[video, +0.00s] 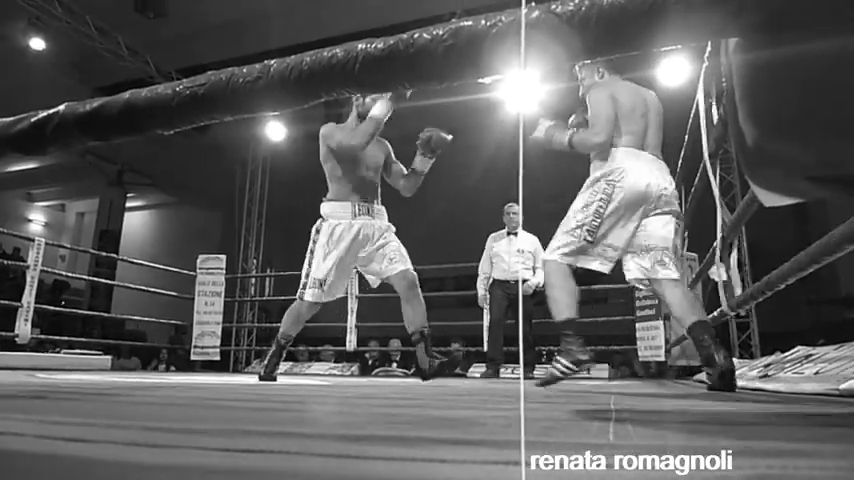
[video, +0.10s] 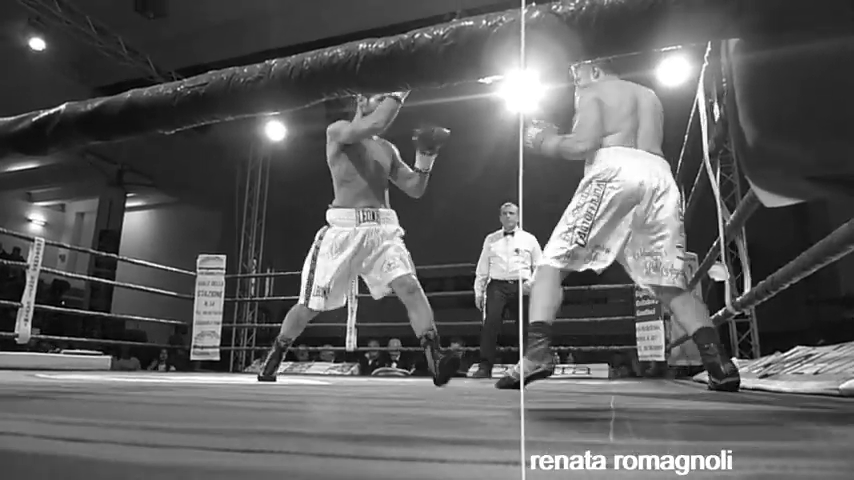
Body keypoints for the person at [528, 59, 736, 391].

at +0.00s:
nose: (579, 81)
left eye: (581, 72)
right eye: (577, 74)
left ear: (598, 67)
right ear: (615, 67)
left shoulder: (600, 90)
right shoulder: (651, 97)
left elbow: (598, 137)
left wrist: (556, 135)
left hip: (620, 176)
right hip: (661, 180)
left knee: (556, 259)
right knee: (665, 275)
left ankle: (571, 349)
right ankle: (715, 358)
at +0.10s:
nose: (575, 80)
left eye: (577, 72)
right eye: (573, 73)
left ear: (595, 69)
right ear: (612, 69)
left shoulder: (594, 92)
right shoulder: (651, 97)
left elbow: (583, 143)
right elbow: (648, 145)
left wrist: (547, 142)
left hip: (614, 172)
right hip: (661, 177)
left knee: (552, 263)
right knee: (668, 280)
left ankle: (536, 353)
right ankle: (719, 364)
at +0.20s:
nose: (557, 70)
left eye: (559, 65)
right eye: (556, 65)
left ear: (570, 60)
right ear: (596, 54)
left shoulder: (574, 76)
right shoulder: (634, 82)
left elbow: (528, 129)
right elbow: (586, 144)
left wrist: (523, 90)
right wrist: (555, 116)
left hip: (610, 156)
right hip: (656, 159)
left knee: (555, 262)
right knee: (666, 270)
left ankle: (533, 365)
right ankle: (717, 363)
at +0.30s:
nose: (564, 58)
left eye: (568, 54)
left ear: (584, 48)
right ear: (618, 50)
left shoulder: (579, 69)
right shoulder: (638, 83)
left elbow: (539, 117)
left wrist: (535, 89)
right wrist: (547, 90)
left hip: (614, 162)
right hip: (658, 168)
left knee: (553, 260)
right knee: (666, 281)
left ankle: (535, 366)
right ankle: (735, 332)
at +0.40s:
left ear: (604, 46)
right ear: (642, 52)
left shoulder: (615, 59)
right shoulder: (651, 83)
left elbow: (545, 85)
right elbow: (583, 91)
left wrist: (545, 71)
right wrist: (543, 84)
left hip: (617, 163)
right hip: (659, 175)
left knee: (543, 261)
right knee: (664, 287)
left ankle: (533, 366)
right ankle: (744, 320)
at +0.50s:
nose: (610, 45)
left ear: (640, 33)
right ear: (675, 43)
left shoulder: (645, 50)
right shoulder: (681, 73)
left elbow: (575, 73)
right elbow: (599, 127)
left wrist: (539, 86)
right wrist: (576, 96)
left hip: (628, 143)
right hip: (674, 159)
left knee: (561, 254)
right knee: (677, 275)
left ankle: (532, 363)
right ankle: (772, 355)